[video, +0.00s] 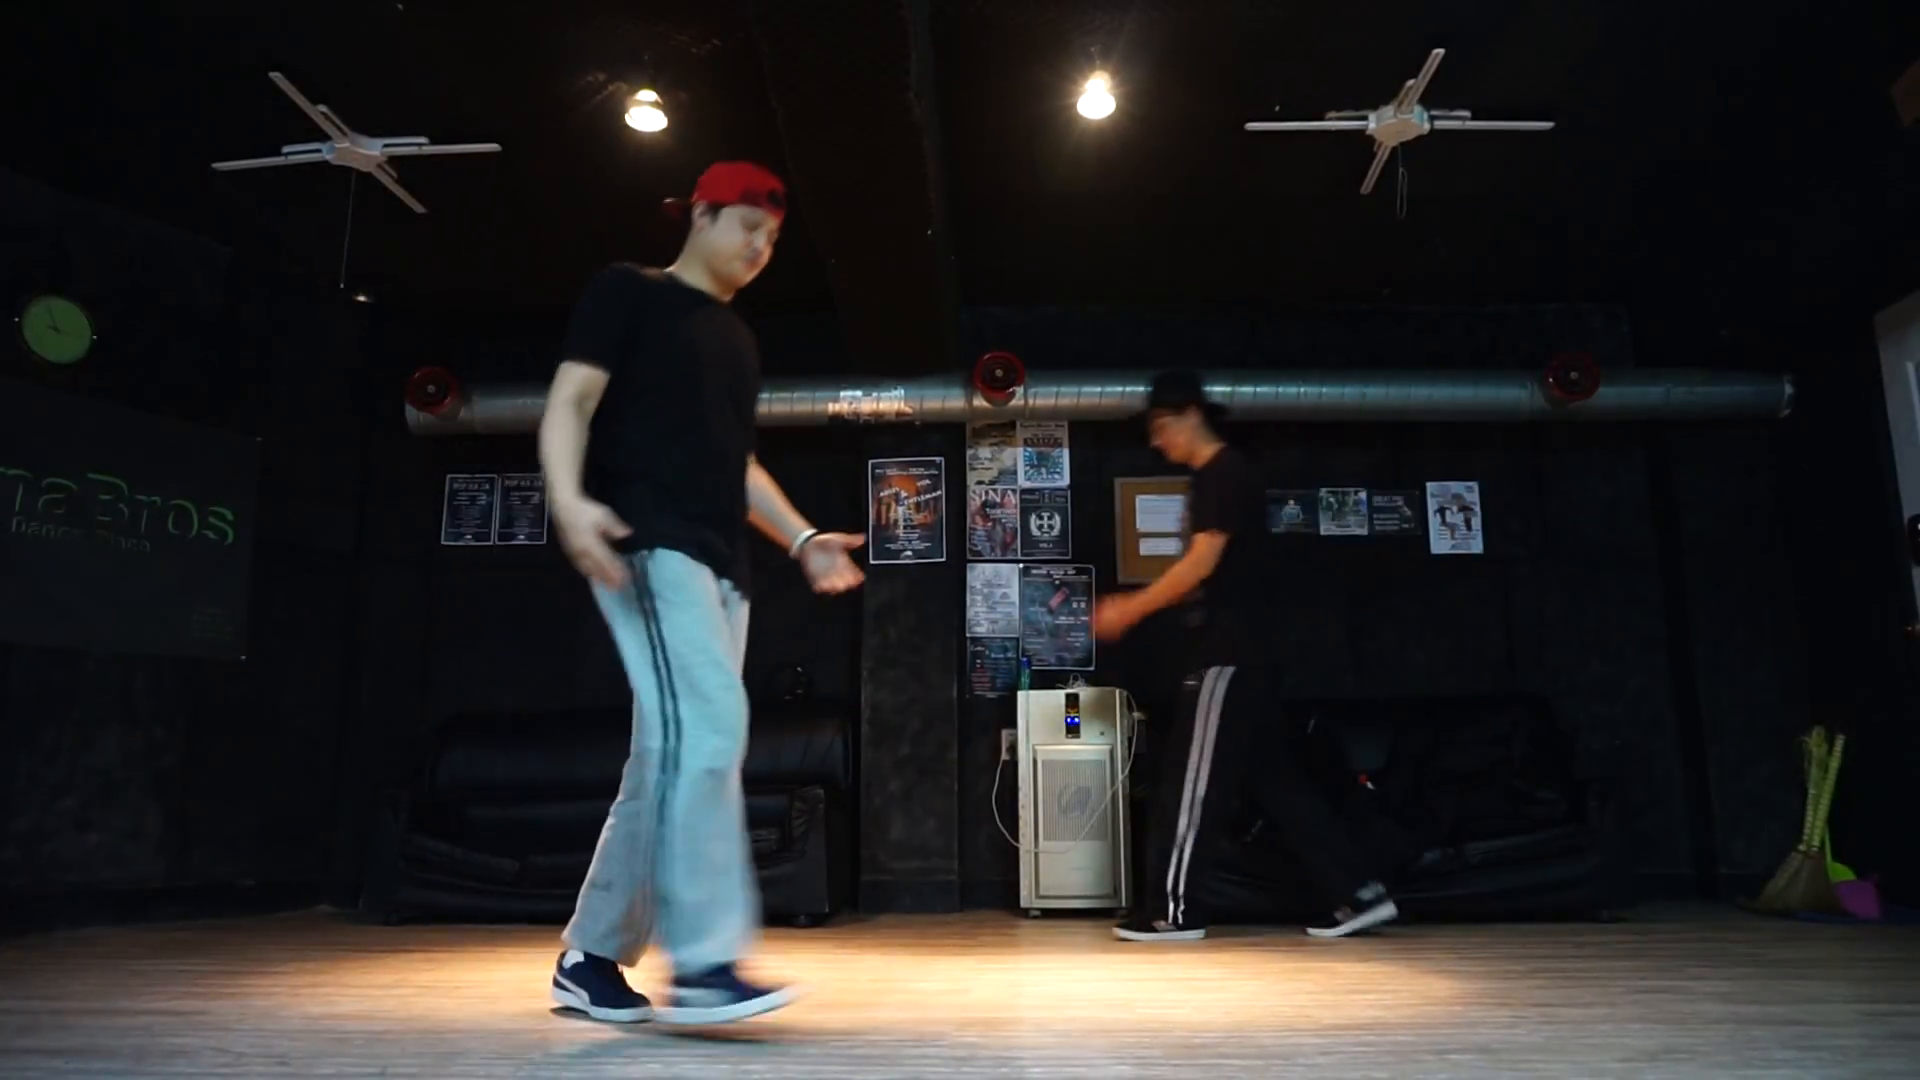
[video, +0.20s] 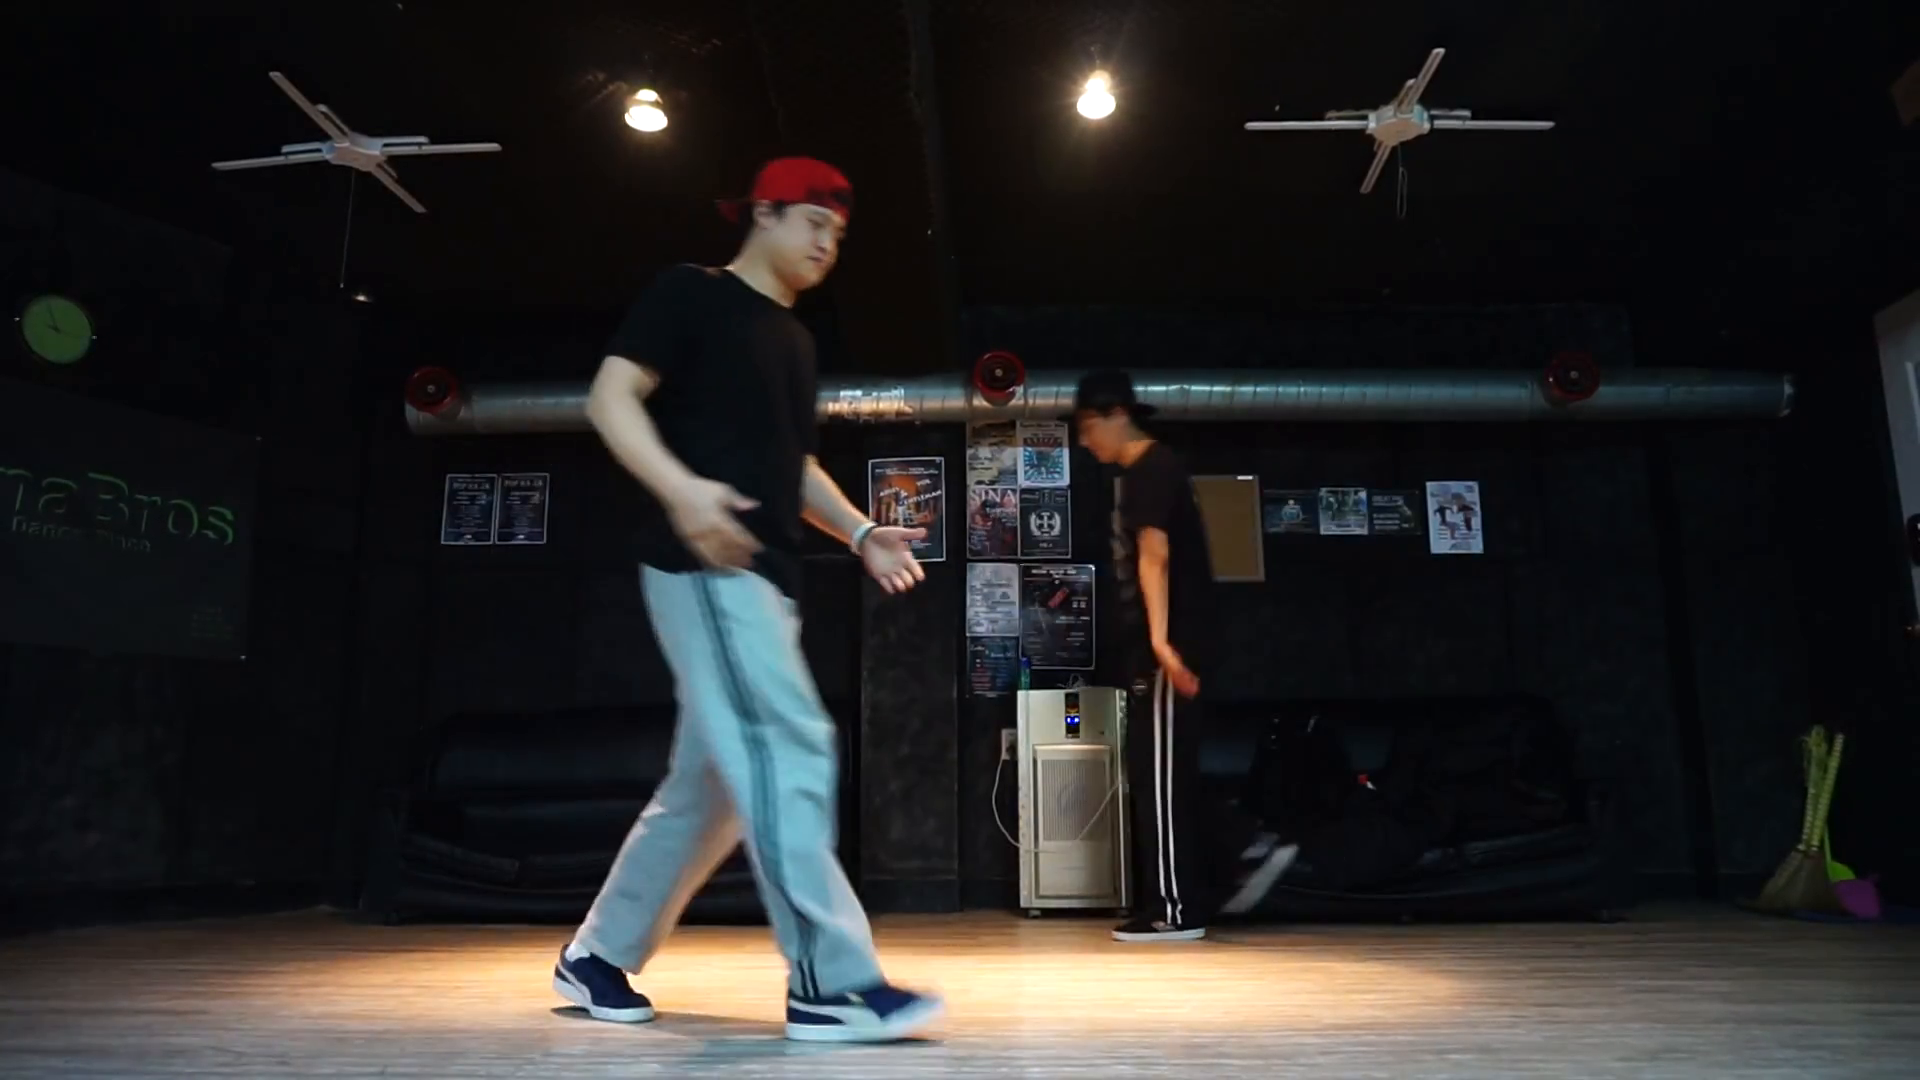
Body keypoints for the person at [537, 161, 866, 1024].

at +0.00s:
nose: (759, 246)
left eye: (769, 235)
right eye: (747, 225)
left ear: (768, 246)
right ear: (700, 218)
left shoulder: (735, 340)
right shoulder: (628, 294)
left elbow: (736, 463)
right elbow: (568, 404)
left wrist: (804, 540)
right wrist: (566, 502)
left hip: (720, 570)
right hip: (647, 554)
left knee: (668, 754)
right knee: (708, 727)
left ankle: (590, 958)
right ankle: (703, 970)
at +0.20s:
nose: (828, 244)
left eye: (837, 233)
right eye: (815, 225)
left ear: (831, 244)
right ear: (763, 219)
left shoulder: (792, 339)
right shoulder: (693, 294)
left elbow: (785, 461)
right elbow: (610, 399)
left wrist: (861, 532)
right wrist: (682, 490)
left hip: (758, 580)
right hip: (704, 574)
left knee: (712, 783)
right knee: (789, 753)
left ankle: (595, 961)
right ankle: (830, 984)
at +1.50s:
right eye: (1186, 264)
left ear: (1119, 275)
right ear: (1192, 267)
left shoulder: (1078, 339)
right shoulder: (1215, 300)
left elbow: (1047, 461)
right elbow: (1267, 381)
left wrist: (1120, 461)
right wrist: (1241, 457)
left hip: (1103, 555)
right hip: (1199, 542)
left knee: (1124, 757)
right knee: (1250, 751)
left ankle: (1114, 958)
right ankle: (1296, 944)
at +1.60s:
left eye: (1157, 280)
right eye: (1207, 279)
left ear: (1143, 291)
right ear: (1217, 282)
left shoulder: (1103, 355)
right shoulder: (1242, 325)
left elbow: (1064, 471)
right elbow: (1304, 399)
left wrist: (1136, 500)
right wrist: (1259, 468)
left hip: (1131, 567)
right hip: (1224, 560)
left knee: (1141, 766)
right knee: (1263, 763)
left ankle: (1120, 950)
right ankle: (1287, 946)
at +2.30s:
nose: (1118, 371)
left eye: (1117, 359)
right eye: (1116, 360)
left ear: (1133, 352)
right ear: (1182, 346)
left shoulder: (1151, 393)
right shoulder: (1236, 404)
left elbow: (1162, 469)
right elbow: (1292, 508)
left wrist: (1103, 524)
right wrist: (1217, 535)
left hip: (1184, 610)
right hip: (1263, 604)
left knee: (1172, 776)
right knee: (1264, 769)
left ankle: (1218, 934)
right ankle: (1285, 923)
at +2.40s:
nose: (1099, 391)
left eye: (1100, 377)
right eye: (1098, 378)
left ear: (1124, 368)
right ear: (1157, 364)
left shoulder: (1152, 412)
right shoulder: (1221, 416)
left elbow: (1182, 495)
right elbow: (1271, 518)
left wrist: (1100, 528)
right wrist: (1209, 549)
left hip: (1169, 629)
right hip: (1241, 623)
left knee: (1155, 784)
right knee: (1244, 775)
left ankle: (1213, 936)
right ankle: (1278, 880)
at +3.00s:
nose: (1026, 406)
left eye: (1037, 394)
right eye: (1023, 397)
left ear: (1071, 395)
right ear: (1035, 405)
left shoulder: (1084, 435)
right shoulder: (1101, 441)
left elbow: (1111, 494)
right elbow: (1166, 528)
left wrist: (1025, 534)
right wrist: (1099, 564)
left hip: (1105, 645)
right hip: (1091, 643)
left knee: (1085, 787)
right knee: (1061, 782)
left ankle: (1200, 892)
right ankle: (1090, 923)